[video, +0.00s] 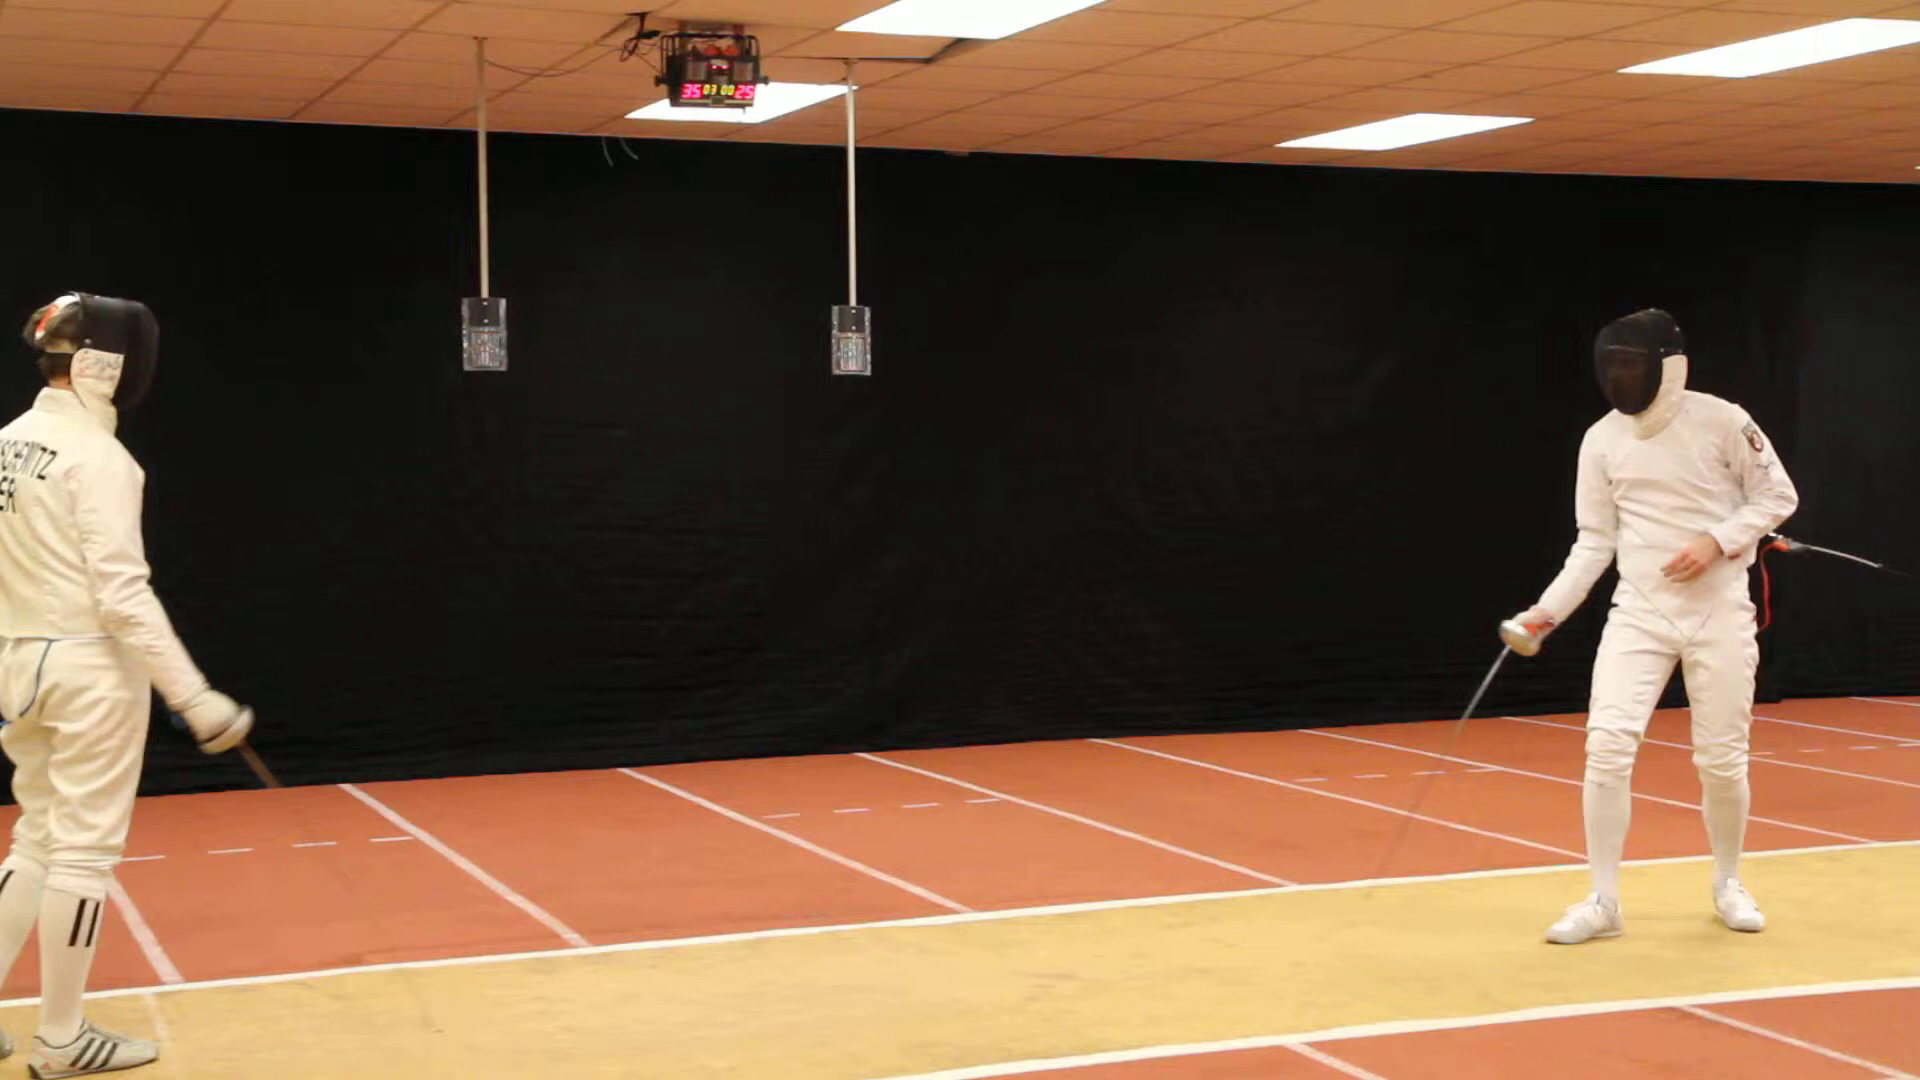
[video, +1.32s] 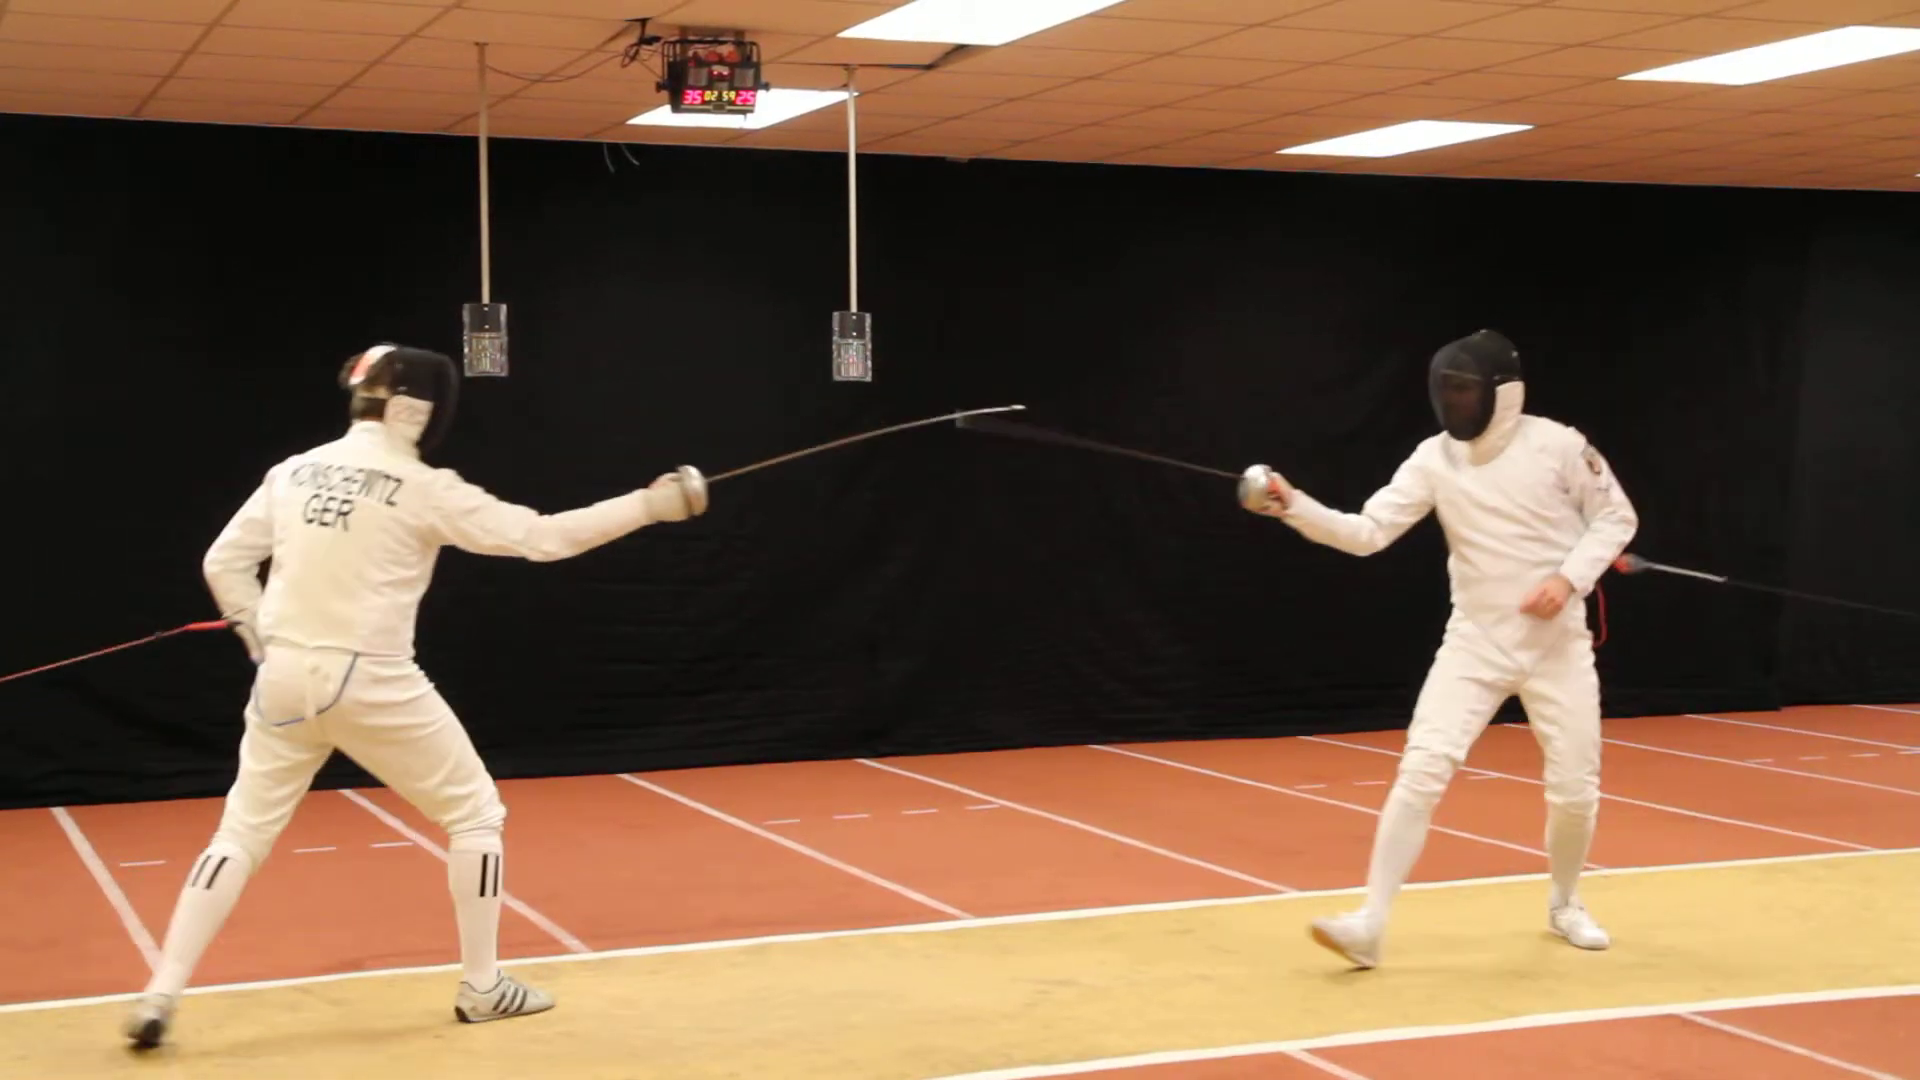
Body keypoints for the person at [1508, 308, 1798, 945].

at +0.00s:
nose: (1619, 377)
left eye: (1632, 364)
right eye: (1613, 364)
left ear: (1669, 364)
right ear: (1607, 367)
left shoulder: (1724, 423)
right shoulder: (1602, 442)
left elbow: (1778, 495)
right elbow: (1594, 540)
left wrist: (1718, 540)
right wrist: (1546, 612)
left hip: (1720, 617)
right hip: (1636, 616)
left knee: (1722, 762)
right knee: (1606, 749)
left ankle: (1729, 884)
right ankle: (1602, 901)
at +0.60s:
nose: (1620, 388)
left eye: (1634, 375)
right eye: (1614, 375)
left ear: (1671, 375)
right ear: (1608, 376)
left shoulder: (1722, 434)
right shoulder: (1600, 449)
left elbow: (1777, 508)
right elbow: (1584, 543)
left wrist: (1720, 548)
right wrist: (1510, 546)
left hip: (1709, 625)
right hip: (1629, 621)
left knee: (1715, 768)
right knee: (1584, 745)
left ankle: (1727, 893)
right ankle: (1584, 898)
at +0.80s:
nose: (1581, 404)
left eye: (1594, 391)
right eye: (1574, 391)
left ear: (1632, 392)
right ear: (1570, 393)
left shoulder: (1684, 449)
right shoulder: (1562, 466)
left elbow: (1743, 519)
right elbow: (1522, 556)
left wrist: (1687, 567)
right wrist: (1446, 538)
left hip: (1680, 643)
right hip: (1596, 640)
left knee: (1699, 780)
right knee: (1542, 765)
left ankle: (1725, 894)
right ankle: (1493, 912)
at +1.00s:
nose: (1513, 405)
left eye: (1527, 393)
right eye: (1507, 393)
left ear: (1566, 394)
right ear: (1502, 393)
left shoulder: (1621, 452)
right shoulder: (1497, 464)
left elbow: (1674, 524)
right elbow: (1440, 543)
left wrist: (1626, 577)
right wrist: (1359, 543)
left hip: (1614, 647)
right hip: (1529, 642)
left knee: (1654, 786)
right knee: (1485, 769)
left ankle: (1693, 888)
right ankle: (1476, 922)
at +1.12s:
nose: (1486, 390)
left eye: (1499, 378)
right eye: (1480, 377)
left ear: (1537, 380)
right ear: (1477, 380)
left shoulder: (1592, 437)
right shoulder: (1470, 449)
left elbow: (1643, 511)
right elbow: (1415, 533)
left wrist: (1595, 560)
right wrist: (1336, 522)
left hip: (1589, 634)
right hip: (1504, 630)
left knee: (1625, 781)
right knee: (1472, 765)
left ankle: (1606, 881)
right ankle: (1472, 917)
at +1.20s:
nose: (1474, 389)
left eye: (1487, 377)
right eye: (1468, 376)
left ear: (1527, 377)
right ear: (1463, 377)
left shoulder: (1582, 433)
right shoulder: (1457, 446)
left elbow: (1632, 505)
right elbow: (1398, 528)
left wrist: (1581, 555)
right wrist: (1319, 506)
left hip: (1578, 632)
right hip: (1493, 627)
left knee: (1603, 782)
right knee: (1451, 754)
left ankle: (1572, 892)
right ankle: (1449, 909)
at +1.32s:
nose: (1452, 402)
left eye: (1465, 389)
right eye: (1446, 389)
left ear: (1504, 391)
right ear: (1440, 391)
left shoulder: (1560, 447)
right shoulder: (1436, 461)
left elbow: (1618, 517)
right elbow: (1368, 533)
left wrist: (1566, 580)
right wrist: (1291, 505)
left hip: (1559, 645)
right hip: (1473, 643)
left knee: (1577, 790)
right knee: (1423, 771)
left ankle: (1565, 904)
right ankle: (1370, 922)